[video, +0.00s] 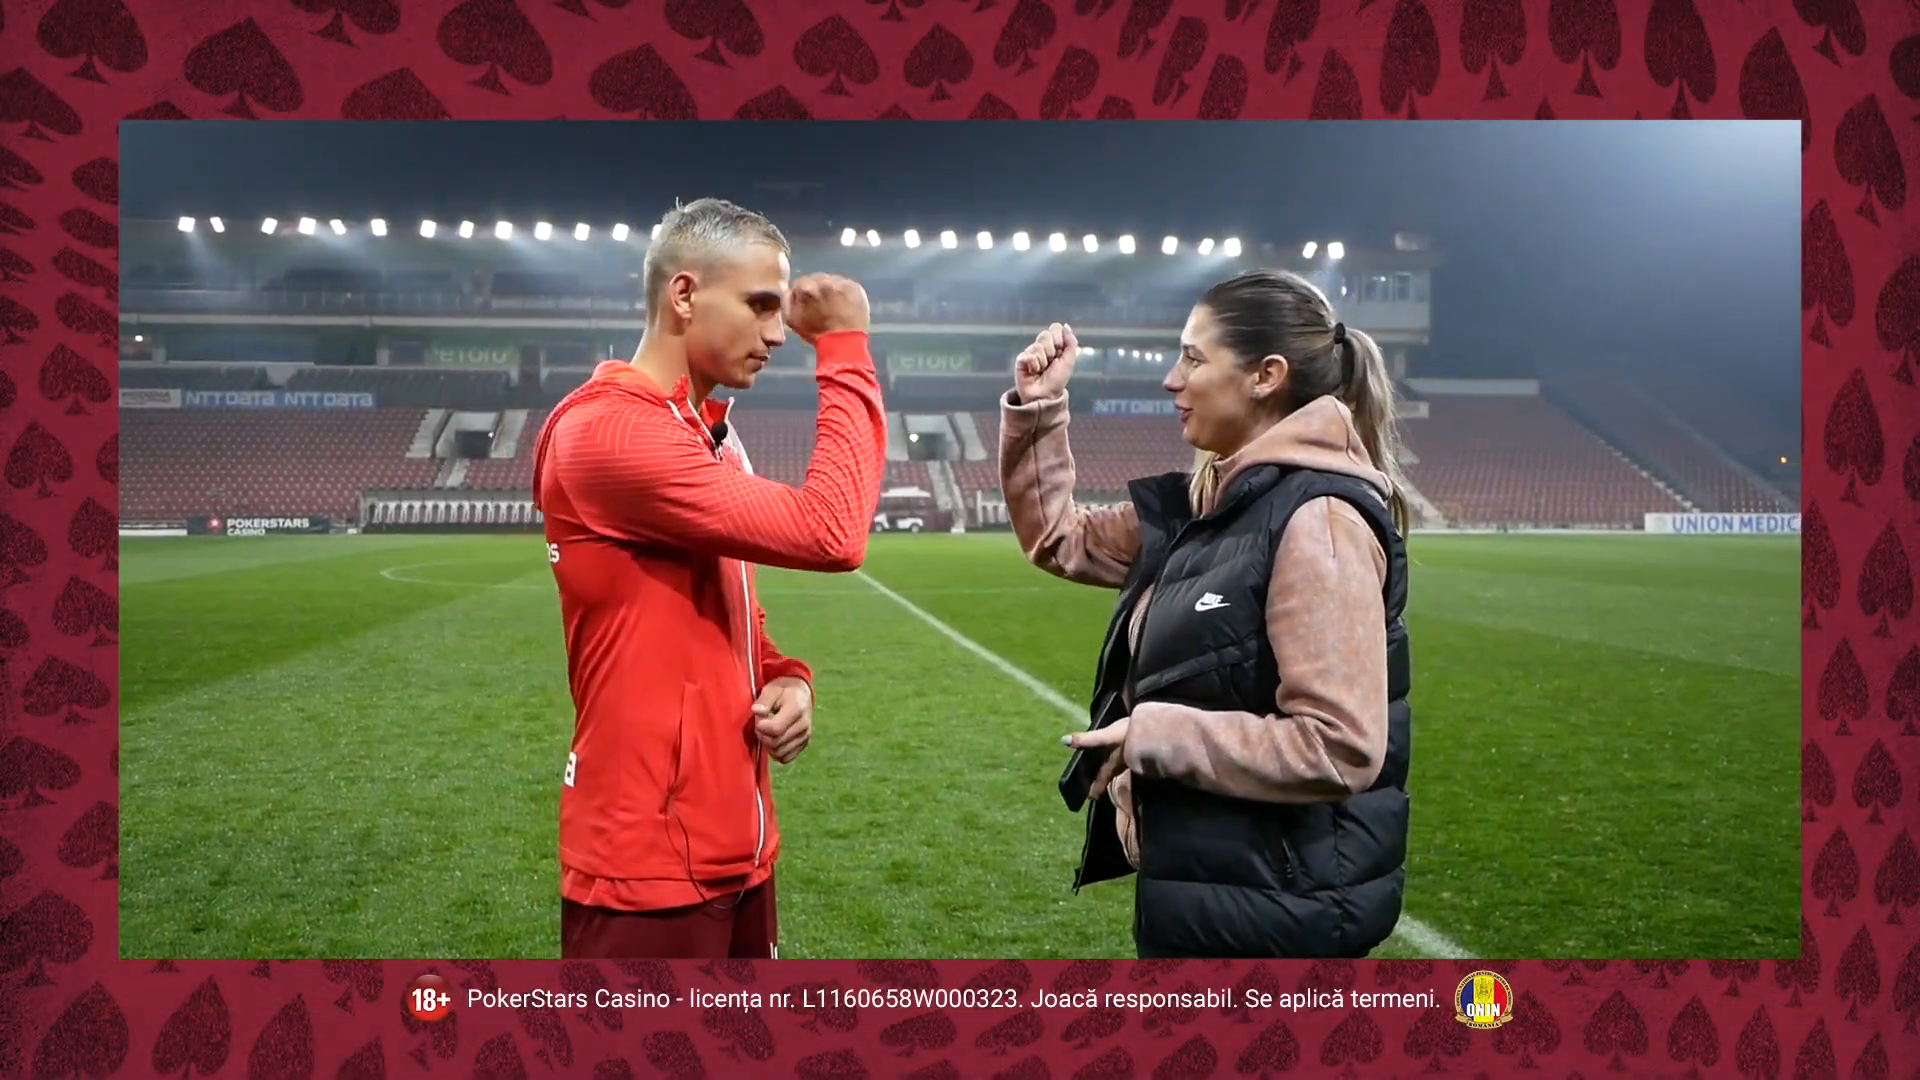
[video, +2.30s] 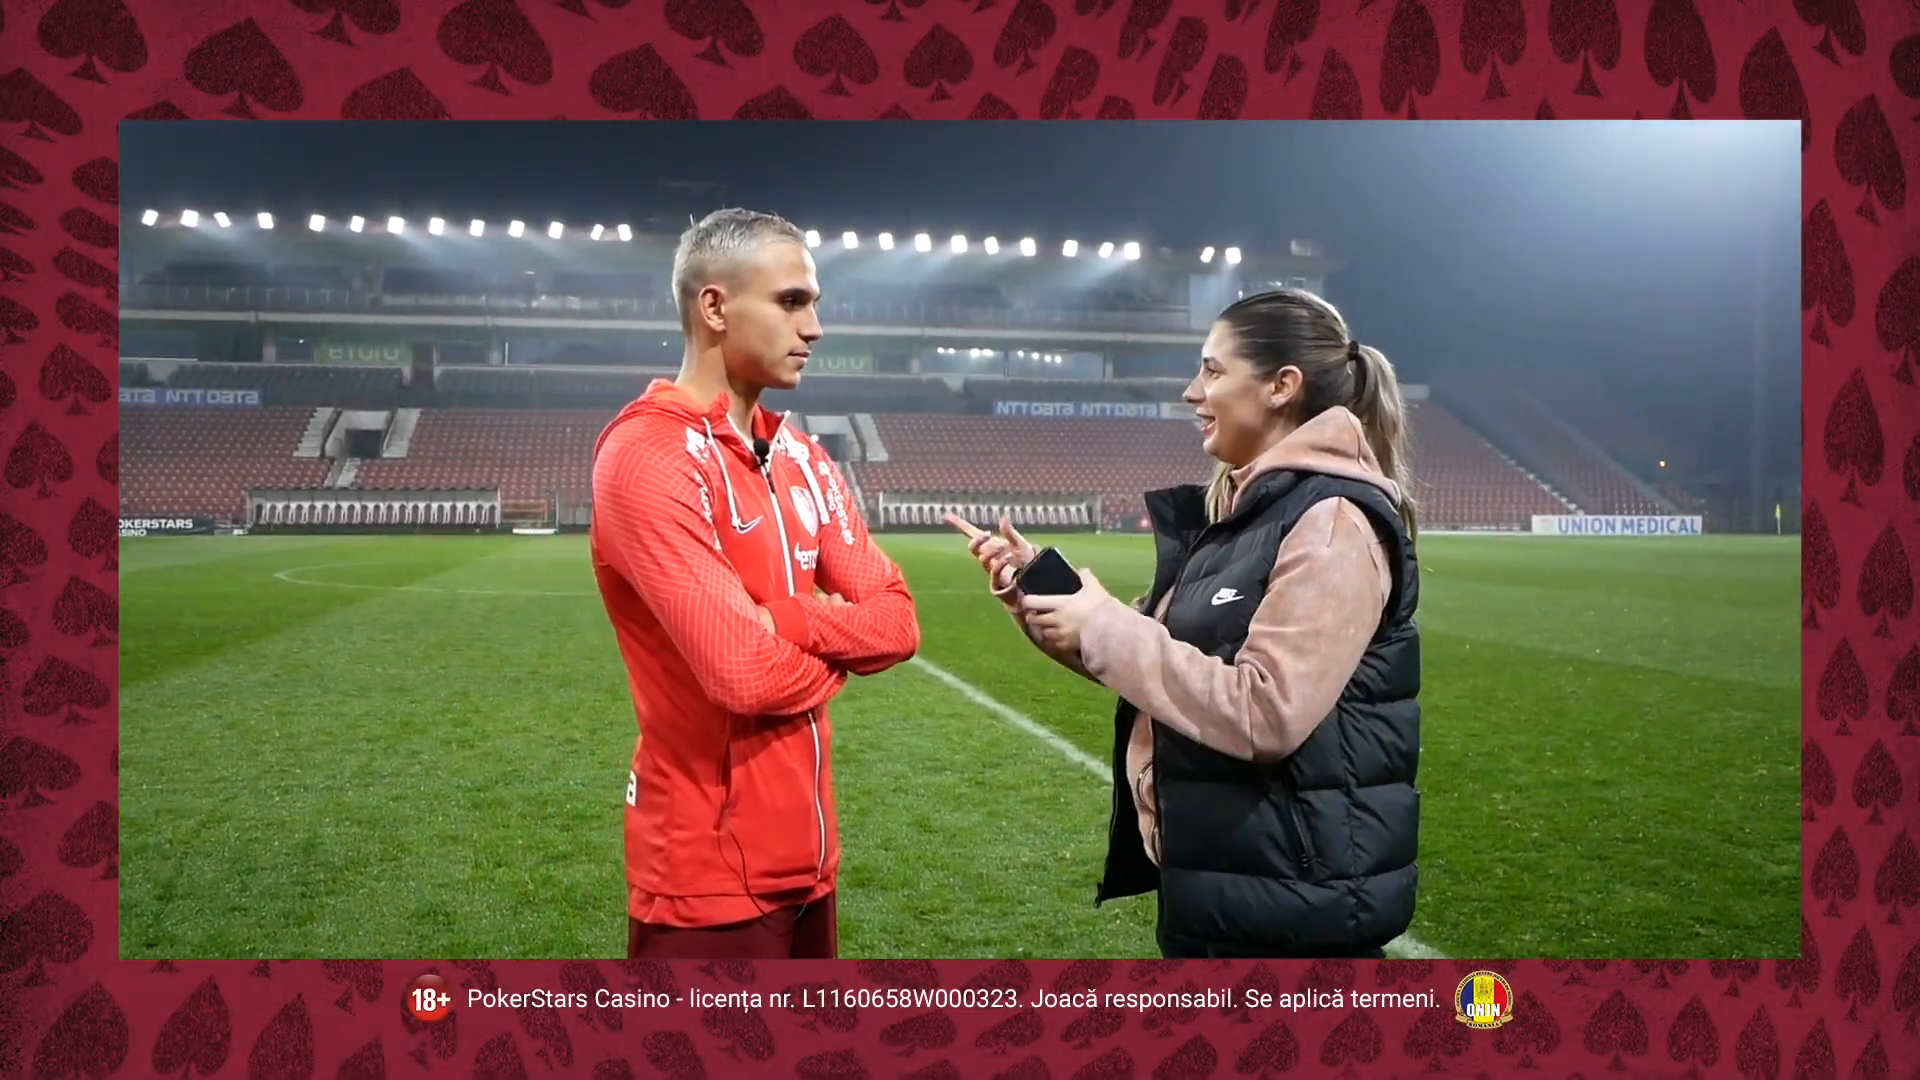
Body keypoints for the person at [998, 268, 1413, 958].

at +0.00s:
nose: (1172, 381)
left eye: (1192, 358)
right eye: (1180, 358)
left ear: (1267, 377)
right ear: (1264, 379)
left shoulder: (1320, 520)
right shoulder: (1212, 503)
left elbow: (1338, 746)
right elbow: (1057, 539)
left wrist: (1155, 732)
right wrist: (1037, 411)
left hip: (1271, 918)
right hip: (1201, 904)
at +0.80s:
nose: (1173, 375)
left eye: (1194, 353)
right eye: (1180, 354)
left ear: (1266, 369)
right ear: (1263, 371)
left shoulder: (1322, 517)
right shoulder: (1215, 505)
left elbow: (1339, 742)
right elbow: (1069, 574)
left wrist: (1153, 720)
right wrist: (1050, 450)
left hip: (1258, 918)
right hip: (1183, 906)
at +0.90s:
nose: (1177, 374)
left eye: (1197, 351)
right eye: (1185, 352)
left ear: (1268, 367)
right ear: (1264, 369)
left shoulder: (1323, 517)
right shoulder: (1225, 501)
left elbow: (1338, 742)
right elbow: (1136, 649)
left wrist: (1158, 719)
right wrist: (1037, 534)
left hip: (1256, 921)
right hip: (1184, 907)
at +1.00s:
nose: (1177, 373)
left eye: (1199, 350)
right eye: (1186, 351)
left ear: (1269, 366)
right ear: (1260, 367)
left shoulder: (1321, 518)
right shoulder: (1225, 502)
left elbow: (1335, 742)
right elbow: (1178, 687)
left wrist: (1159, 723)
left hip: (1255, 920)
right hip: (1186, 907)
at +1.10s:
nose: (1174, 374)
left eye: (1195, 351)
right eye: (1183, 353)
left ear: (1265, 369)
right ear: (1257, 370)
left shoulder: (1314, 521)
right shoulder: (1223, 506)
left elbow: (1329, 743)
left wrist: (1149, 724)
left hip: (1253, 922)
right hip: (1187, 911)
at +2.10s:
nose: (1176, 388)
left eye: (1197, 366)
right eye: (1185, 367)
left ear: (1266, 385)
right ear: (1260, 387)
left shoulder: (1317, 523)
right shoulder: (1236, 508)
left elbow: (1326, 736)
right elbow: (1209, 685)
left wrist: (1148, 720)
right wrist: (1083, 668)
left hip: (1273, 912)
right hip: (1213, 901)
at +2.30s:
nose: (1191, 393)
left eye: (1213, 371)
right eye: (1199, 372)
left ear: (1283, 386)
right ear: (1274, 386)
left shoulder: (1335, 523)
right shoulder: (1246, 512)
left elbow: (1265, 708)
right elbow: (1163, 665)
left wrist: (1102, 629)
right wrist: (1045, 590)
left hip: (1293, 911)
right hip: (1227, 902)